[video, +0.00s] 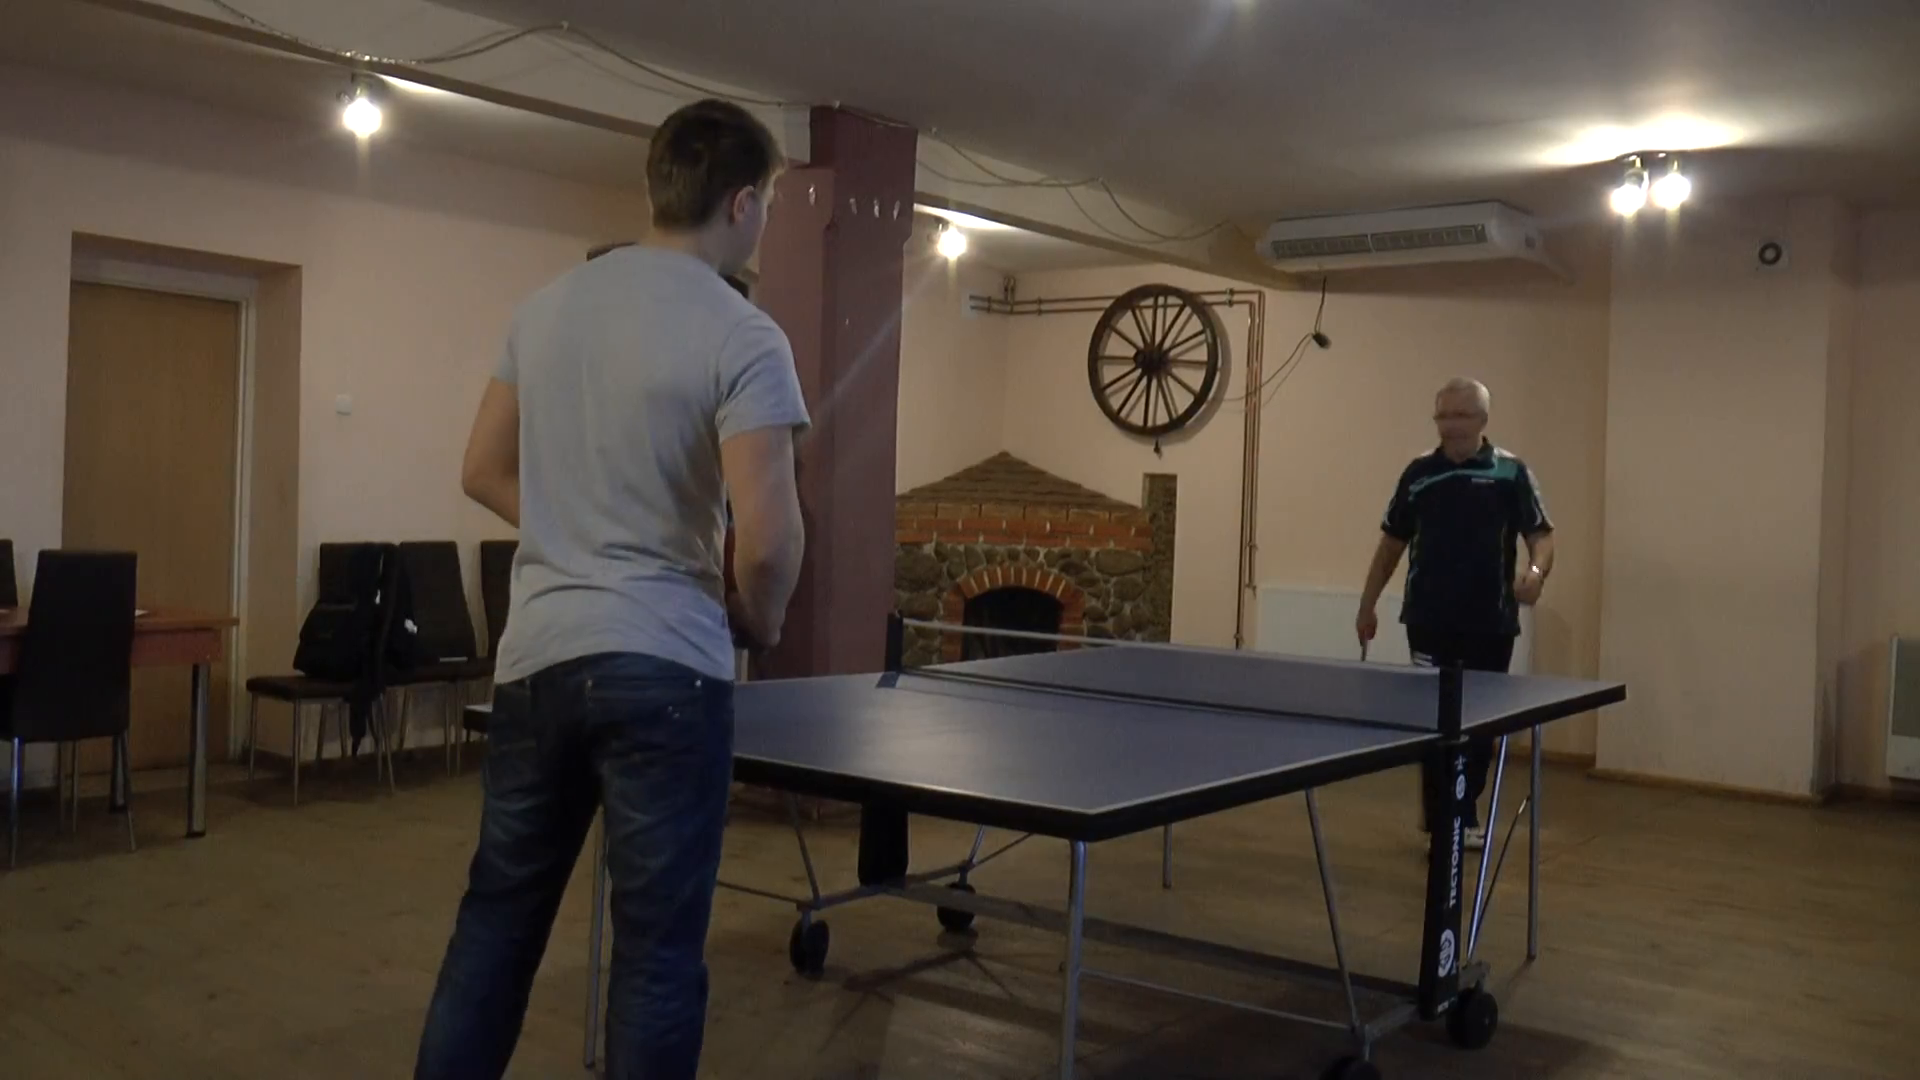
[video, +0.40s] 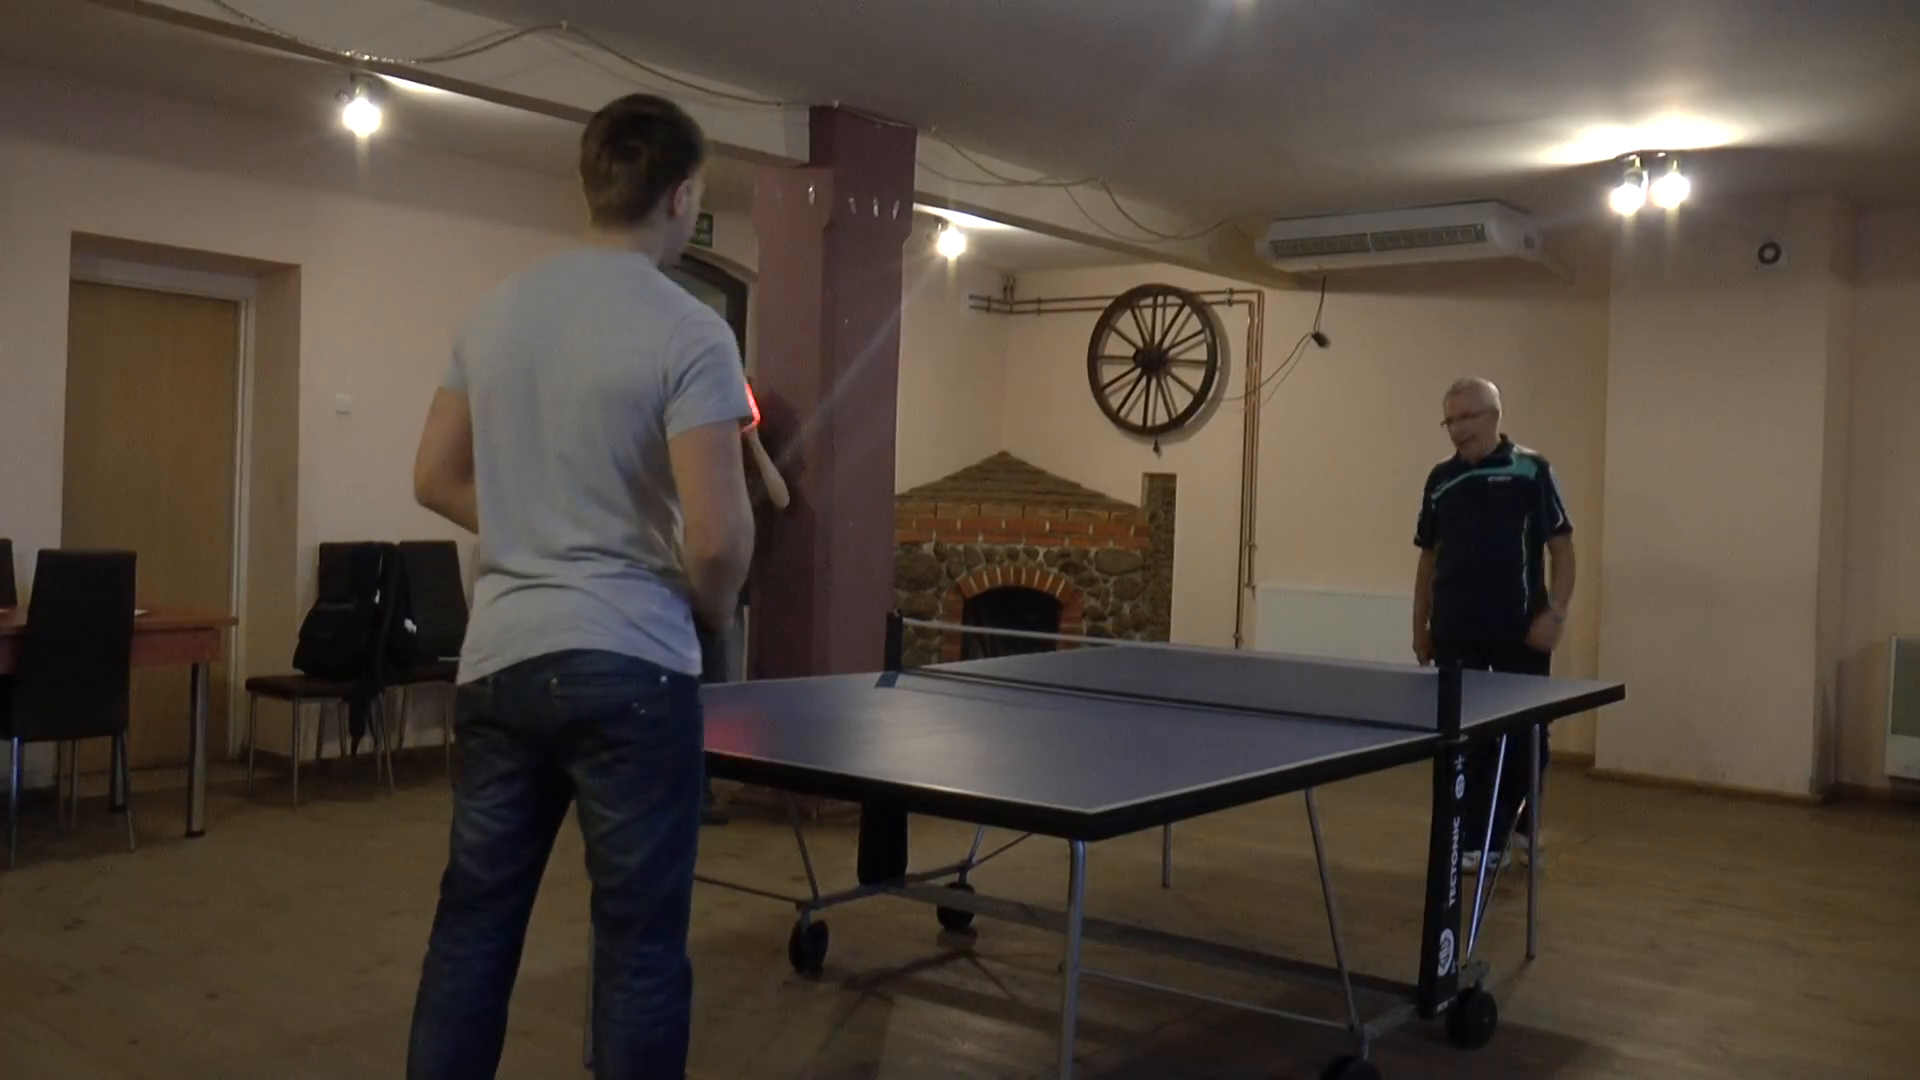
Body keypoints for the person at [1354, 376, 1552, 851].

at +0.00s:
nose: (1450, 425)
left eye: (1461, 417)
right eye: (1443, 417)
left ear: (1484, 421)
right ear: (1435, 419)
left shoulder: (1510, 473)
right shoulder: (1418, 475)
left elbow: (1540, 534)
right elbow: (1391, 543)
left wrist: (1537, 571)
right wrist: (1367, 604)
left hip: (1489, 624)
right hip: (1430, 621)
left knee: (1482, 729)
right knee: (1433, 726)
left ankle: (1465, 816)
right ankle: (1436, 825)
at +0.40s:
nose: (1458, 428)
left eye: (1468, 418)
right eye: (1450, 420)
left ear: (1495, 417)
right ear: (1445, 422)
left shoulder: (1531, 470)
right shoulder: (1441, 478)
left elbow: (1561, 548)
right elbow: (1428, 559)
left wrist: (1555, 613)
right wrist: (1420, 625)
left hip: (1518, 633)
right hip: (1456, 633)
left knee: (1520, 739)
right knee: (1462, 742)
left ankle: (1513, 831)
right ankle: (1472, 841)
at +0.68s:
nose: (1460, 429)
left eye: (1470, 419)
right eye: (1456, 420)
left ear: (1505, 418)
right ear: (1454, 421)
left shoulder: (1542, 473)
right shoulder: (1454, 478)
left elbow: (1588, 545)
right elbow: (1426, 548)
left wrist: (1623, 616)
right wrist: (1405, 596)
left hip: (1520, 645)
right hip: (1460, 642)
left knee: (1525, 754)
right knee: (1470, 749)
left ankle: (1540, 872)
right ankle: (1481, 845)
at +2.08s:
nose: (1430, 413)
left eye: (1441, 404)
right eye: (1425, 404)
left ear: (1470, 408)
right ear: (1420, 407)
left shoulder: (1496, 452)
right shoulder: (1414, 463)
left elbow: (1505, 489)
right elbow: (1390, 536)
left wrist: (1471, 428)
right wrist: (1363, 598)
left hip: (1488, 631)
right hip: (1426, 630)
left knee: (1496, 750)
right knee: (1430, 744)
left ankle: (1525, 864)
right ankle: (1435, 843)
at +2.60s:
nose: (1455, 412)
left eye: (1467, 403)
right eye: (1448, 403)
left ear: (1495, 410)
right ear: (1441, 408)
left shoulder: (1526, 466)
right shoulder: (1432, 468)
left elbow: (1557, 544)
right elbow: (1409, 541)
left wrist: (1508, 532)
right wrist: (1402, 595)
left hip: (1504, 637)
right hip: (1441, 634)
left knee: (1499, 752)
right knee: (1437, 745)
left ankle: (1501, 865)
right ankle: (1436, 845)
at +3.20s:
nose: (1438, 425)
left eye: (1448, 414)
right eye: (1432, 415)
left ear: (1483, 412)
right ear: (1429, 415)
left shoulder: (1521, 460)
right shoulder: (1435, 471)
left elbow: (1535, 545)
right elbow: (1409, 548)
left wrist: (1465, 567)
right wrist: (1361, 576)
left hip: (1508, 640)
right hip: (1441, 633)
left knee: (1501, 752)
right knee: (1414, 736)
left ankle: (1500, 864)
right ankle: (1403, 840)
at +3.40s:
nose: (1392, 446)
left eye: (1400, 435)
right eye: (1388, 436)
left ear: (1433, 429)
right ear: (1401, 437)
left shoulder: (1465, 469)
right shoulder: (1413, 488)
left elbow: (1434, 552)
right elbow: (1381, 553)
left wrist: (1351, 578)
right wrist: (1317, 573)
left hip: (1506, 632)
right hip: (1447, 628)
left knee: (1501, 749)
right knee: (1414, 733)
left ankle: (1500, 865)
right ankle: (1390, 844)